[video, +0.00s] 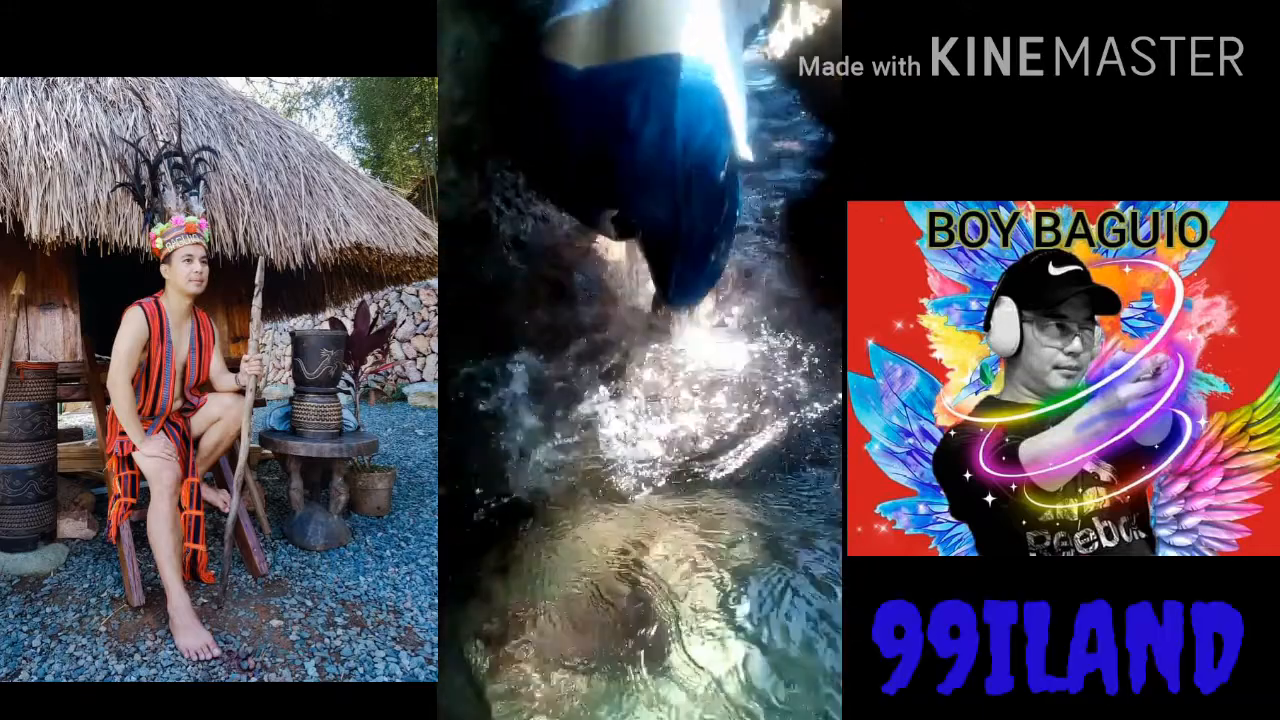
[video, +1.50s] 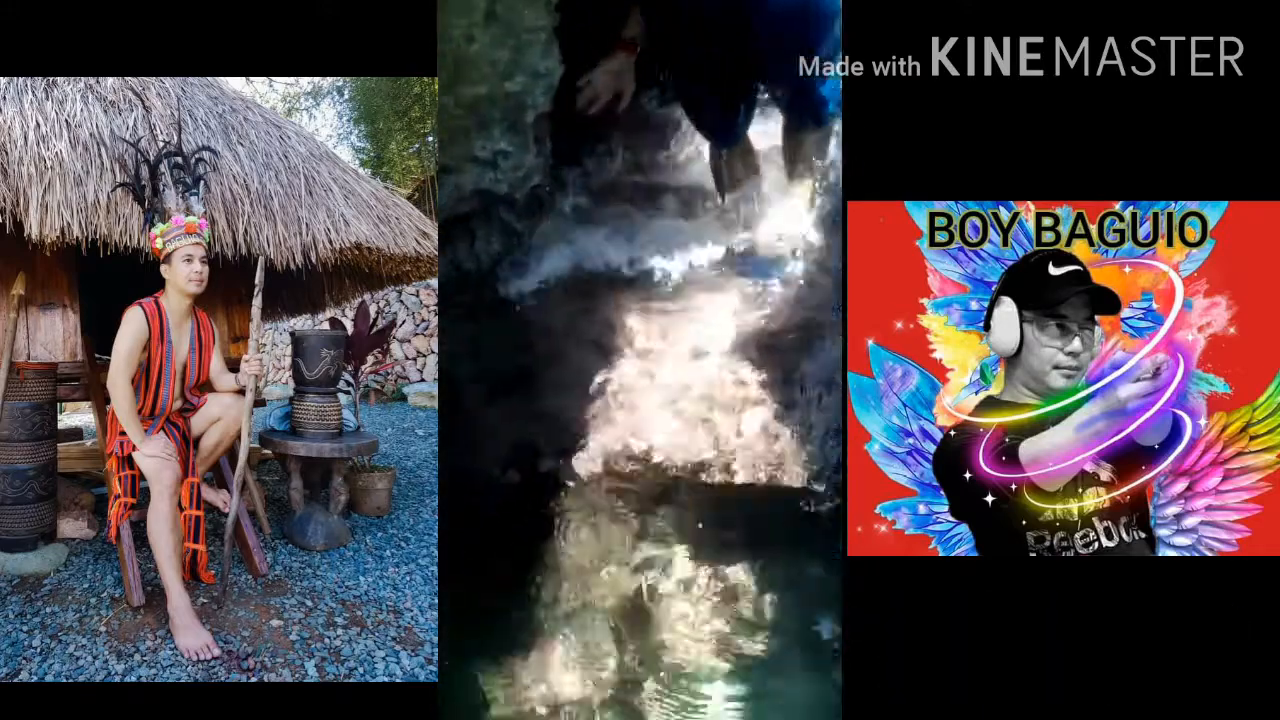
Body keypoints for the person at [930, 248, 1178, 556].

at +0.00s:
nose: (1076, 346)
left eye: (1086, 328)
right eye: (1055, 327)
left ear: (1097, 334)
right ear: (1007, 328)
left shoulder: (1113, 409)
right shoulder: (962, 446)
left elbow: (1156, 435)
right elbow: (1021, 472)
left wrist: (1148, 396)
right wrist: (1105, 412)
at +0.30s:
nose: (1076, 346)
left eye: (1086, 328)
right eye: (1055, 327)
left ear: (1096, 334)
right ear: (1007, 327)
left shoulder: (1113, 409)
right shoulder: (962, 445)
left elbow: (1156, 435)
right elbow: (1022, 472)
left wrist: (1149, 396)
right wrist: (1105, 412)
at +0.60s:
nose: (1076, 346)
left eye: (1086, 328)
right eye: (1055, 327)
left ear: (1097, 334)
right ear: (1007, 327)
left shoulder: (1113, 409)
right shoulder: (962, 445)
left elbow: (1156, 435)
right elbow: (1022, 472)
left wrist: (1149, 396)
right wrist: (1106, 412)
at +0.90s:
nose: (1076, 346)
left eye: (1086, 328)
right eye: (1055, 327)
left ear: (1097, 334)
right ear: (1007, 328)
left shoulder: (1113, 408)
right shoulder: (962, 446)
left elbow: (1155, 435)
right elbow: (1021, 472)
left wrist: (1149, 396)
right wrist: (1106, 412)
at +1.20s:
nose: (1076, 346)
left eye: (1086, 328)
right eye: (1055, 326)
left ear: (1097, 335)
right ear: (1007, 328)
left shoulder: (1113, 408)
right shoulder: (962, 446)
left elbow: (1156, 435)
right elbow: (1022, 471)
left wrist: (1147, 395)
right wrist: (1105, 413)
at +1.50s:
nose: (1076, 346)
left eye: (1086, 328)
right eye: (1055, 326)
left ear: (1097, 335)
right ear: (1007, 328)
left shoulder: (1113, 408)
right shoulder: (962, 446)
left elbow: (1156, 436)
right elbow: (1022, 471)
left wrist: (1147, 395)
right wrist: (1105, 413)